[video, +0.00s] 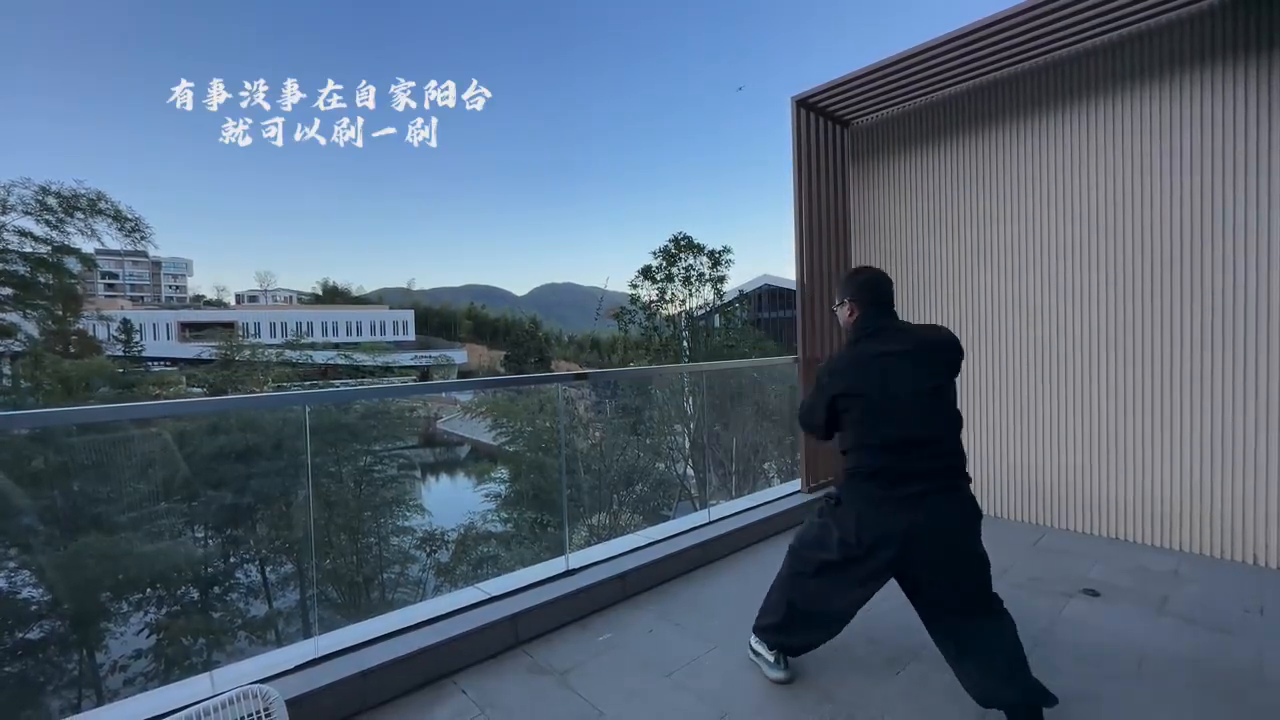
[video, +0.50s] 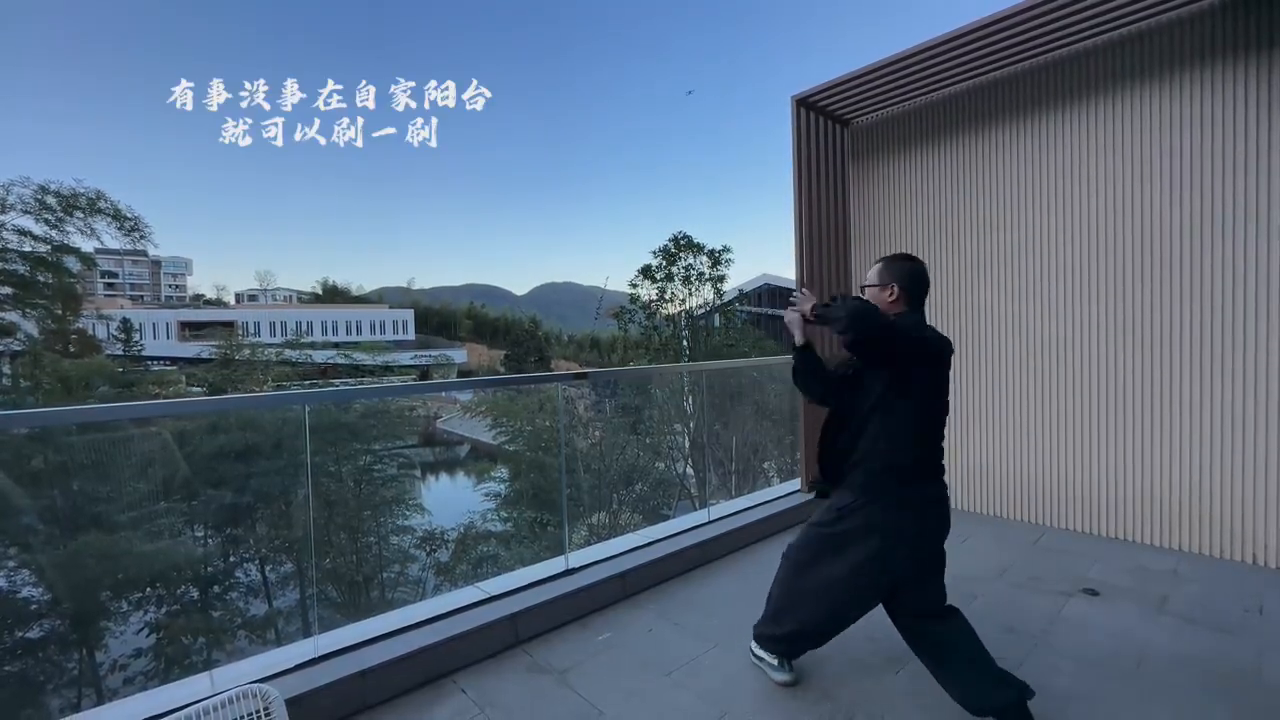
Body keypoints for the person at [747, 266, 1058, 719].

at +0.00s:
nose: (838, 316)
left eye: (839, 308)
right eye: (838, 308)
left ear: (851, 310)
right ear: (889, 305)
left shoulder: (843, 366)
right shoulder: (939, 343)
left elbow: (816, 425)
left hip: (873, 508)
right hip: (946, 504)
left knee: (811, 559)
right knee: (974, 605)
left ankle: (771, 643)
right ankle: (1024, 704)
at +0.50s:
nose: (864, 298)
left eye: (870, 290)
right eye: (865, 291)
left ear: (892, 294)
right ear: (900, 298)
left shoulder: (920, 341)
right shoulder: (880, 352)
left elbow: (865, 327)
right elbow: (830, 392)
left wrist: (825, 309)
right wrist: (801, 344)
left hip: (875, 498)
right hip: (916, 501)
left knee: (807, 559)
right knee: (924, 613)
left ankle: (773, 644)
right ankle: (1006, 704)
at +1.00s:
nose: (876, 289)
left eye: (874, 280)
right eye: (867, 281)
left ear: (828, 289)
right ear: (847, 288)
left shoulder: (811, 344)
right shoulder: (876, 327)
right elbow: (915, 319)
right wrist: (886, 302)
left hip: (839, 495)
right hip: (903, 491)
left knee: (813, 565)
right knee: (963, 579)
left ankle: (771, 644)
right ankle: (986, 693)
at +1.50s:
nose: (910, 325)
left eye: (908, 317)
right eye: (909, 317)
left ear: (863, 315)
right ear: (903, 319)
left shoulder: (847, 357)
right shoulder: (881, 357)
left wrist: (911, 440)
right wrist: (904, 439)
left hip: (811, 498)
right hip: (867, 504)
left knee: (812, 560)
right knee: (956, 582)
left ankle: (773, 643)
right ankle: (991, 702)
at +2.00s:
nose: (818, 343)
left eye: (820, 335)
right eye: (818, 336)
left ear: (837, 337)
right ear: (871, 332)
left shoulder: (845, 377)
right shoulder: (915, 363)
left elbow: (812, 432)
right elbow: (877, 399)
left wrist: (811, 387)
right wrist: (823, 379)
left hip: (879, 522)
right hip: (944, 521)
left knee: (805, 559)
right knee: (953, 613)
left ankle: (768, 639)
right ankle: (1029, 706)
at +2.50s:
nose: (972, 308)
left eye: (977, 296)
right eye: (973, 298)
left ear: (1007, 299)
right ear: (1015, 300)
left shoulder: (1061, 367)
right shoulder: (1075, 349)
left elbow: (1072, 488)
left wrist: (1058, 546)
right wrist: (1042, 498)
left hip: (1168, 557)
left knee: (1181, 702)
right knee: (1040, 584)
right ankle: (1055, 709)